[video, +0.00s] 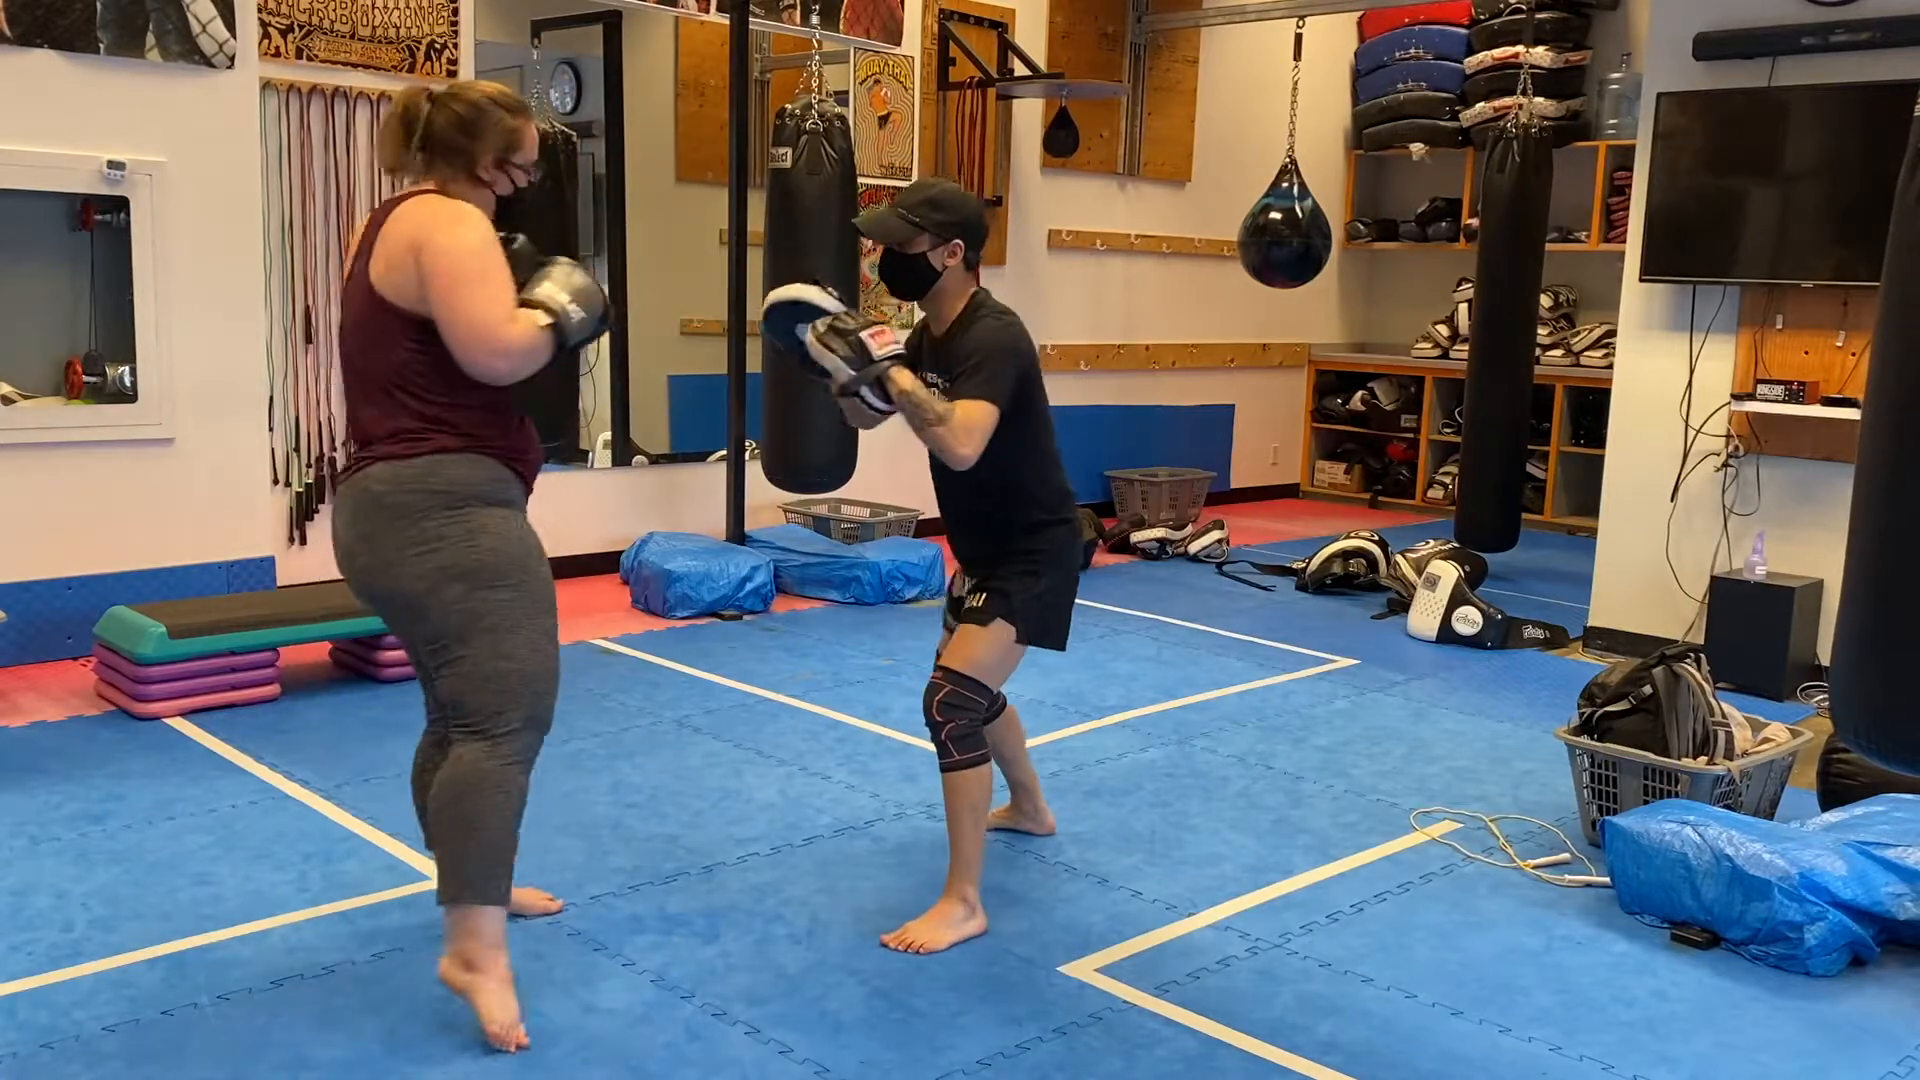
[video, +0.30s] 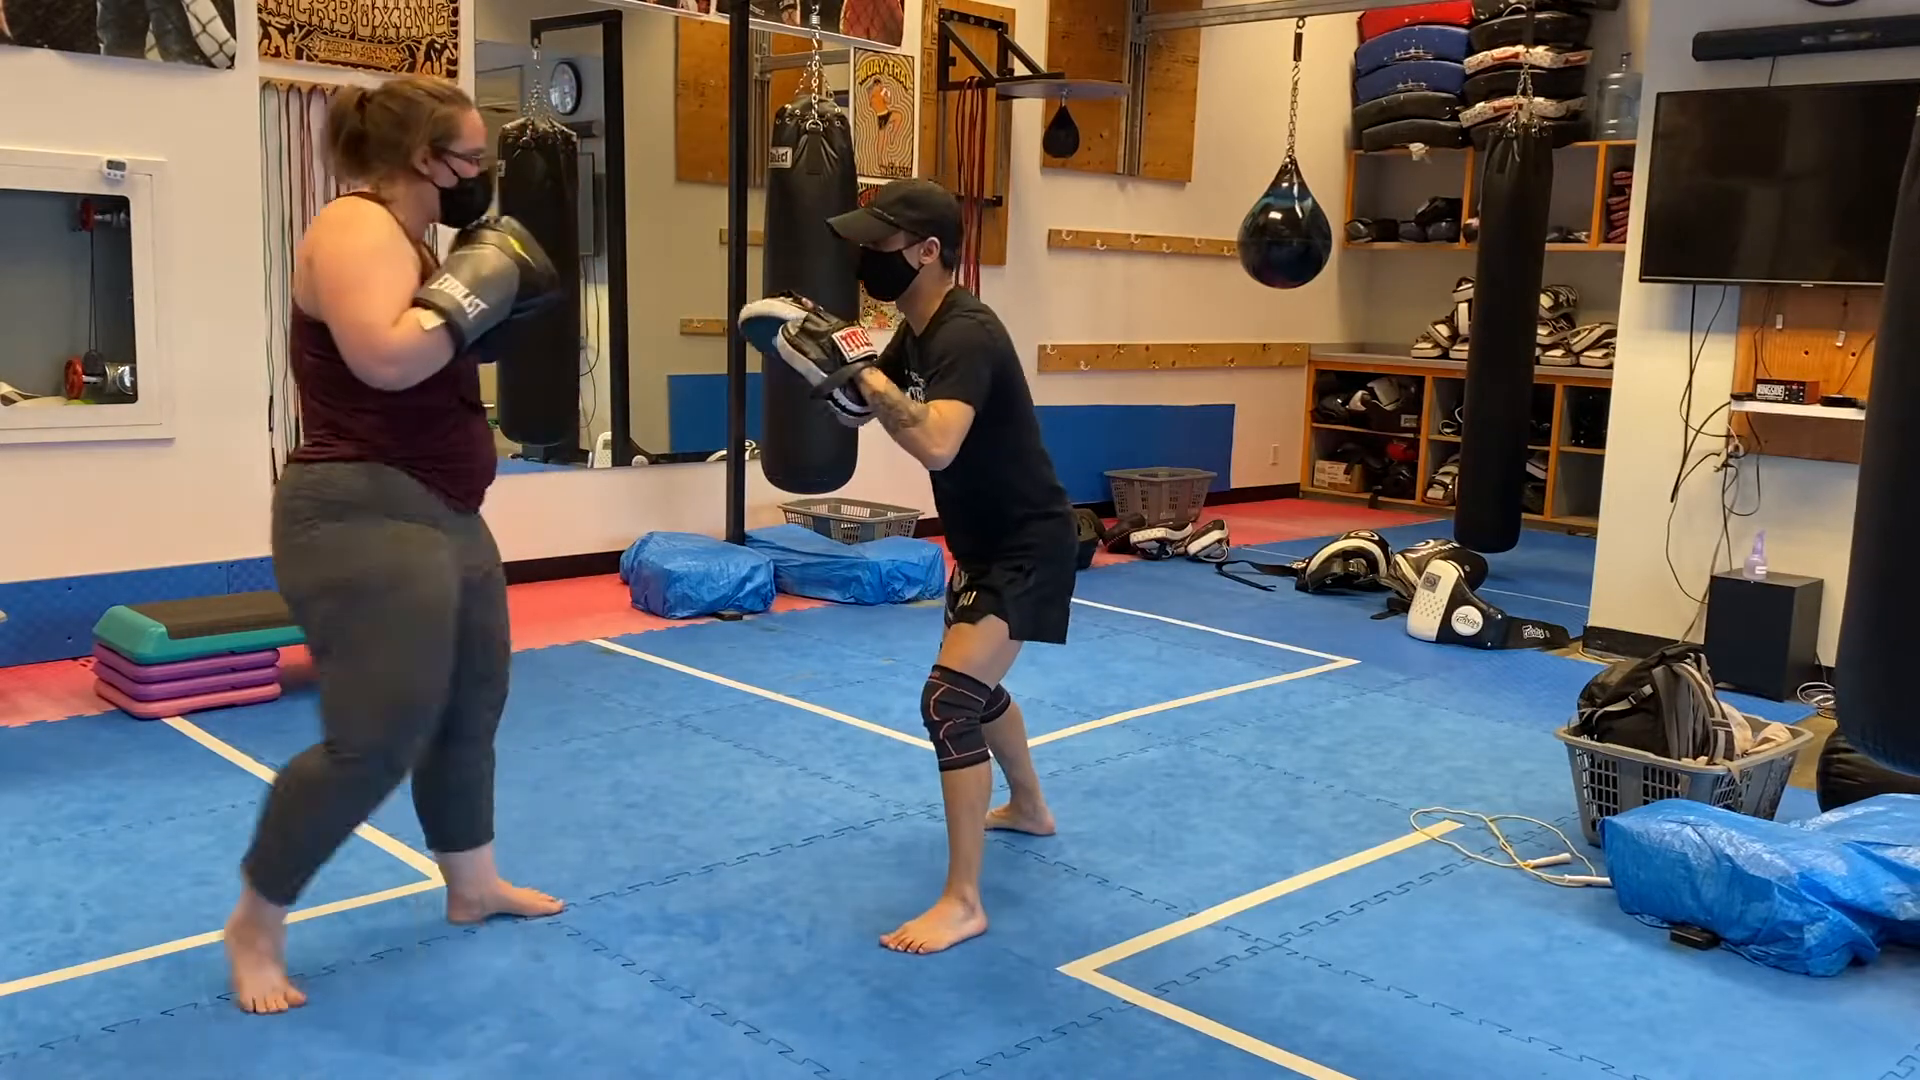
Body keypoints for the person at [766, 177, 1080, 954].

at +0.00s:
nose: (884, 259)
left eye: (899, 248)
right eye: (885, 246)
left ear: (949, 252)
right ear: (939, 254)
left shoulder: (995, 336)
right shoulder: (929, 329)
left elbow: (961, 443)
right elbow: (888, 411)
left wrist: (895, 377)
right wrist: (850, 366)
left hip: (1037, 545)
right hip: (981, 542)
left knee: (955, 701)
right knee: (965, 681)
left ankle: (964, 900)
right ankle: (1030, 803)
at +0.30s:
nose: (868, 257)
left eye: (881, 246)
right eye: (868, 244)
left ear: (927, 250)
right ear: (920, 251)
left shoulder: (969, 332)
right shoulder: (913, 324)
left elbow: (938, 444)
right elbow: (881, 393)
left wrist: (875, 385)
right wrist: (826, 348)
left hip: (1030, 539)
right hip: (980, 537)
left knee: (952, 700)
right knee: (973, 680)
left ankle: (964, 900)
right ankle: (1030, 804)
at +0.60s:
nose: (831, 254)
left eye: (844, 242)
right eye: (833, 242)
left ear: (895, 248)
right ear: (886, 250)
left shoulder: (959, 333)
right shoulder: (862, 330)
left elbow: (959, 443)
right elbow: (806, 421)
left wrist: (867, 383)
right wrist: (766, 362)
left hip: (1004, 536)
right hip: (943, 536)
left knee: (944, 702)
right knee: (968, 686)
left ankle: (964, 900)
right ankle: (1029, 804)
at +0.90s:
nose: (794, 292)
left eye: (808, 281)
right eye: (795, 280)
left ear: (858, 284)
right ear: (837, 285)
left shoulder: (914, 367)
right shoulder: (817, 357)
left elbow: (903, 475)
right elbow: (756, 449)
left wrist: (821, 404)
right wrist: (721, 390)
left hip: (935, 566)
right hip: (873, 560)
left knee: (877, 728)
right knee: (798, 672)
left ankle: (962, 900)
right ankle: (879, 770)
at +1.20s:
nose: (734, 278)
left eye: (747, 267)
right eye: (732, 265)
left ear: (791, 270)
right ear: (746, 269)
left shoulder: (826, 348)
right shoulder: (729, 340)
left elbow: (830, 438)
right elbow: (655, 399)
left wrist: (755, 385)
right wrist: (637, 343)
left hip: (834, 535)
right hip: (765, 534)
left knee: (813, 661)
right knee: (697, 652)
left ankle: (862, 825)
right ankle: (737, 751)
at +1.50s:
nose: (699, 277)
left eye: (713, 267)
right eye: (697, 265)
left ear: (754, 270)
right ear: (696, 265)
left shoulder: (780, 342)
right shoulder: (715, 338)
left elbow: (790, 421)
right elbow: (661, 384)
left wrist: (695, 391)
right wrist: (632, 372)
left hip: (820, 528)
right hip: (756, 524)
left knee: (783, 657)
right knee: (681, 635)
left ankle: (840, 813)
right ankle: (735, 749)